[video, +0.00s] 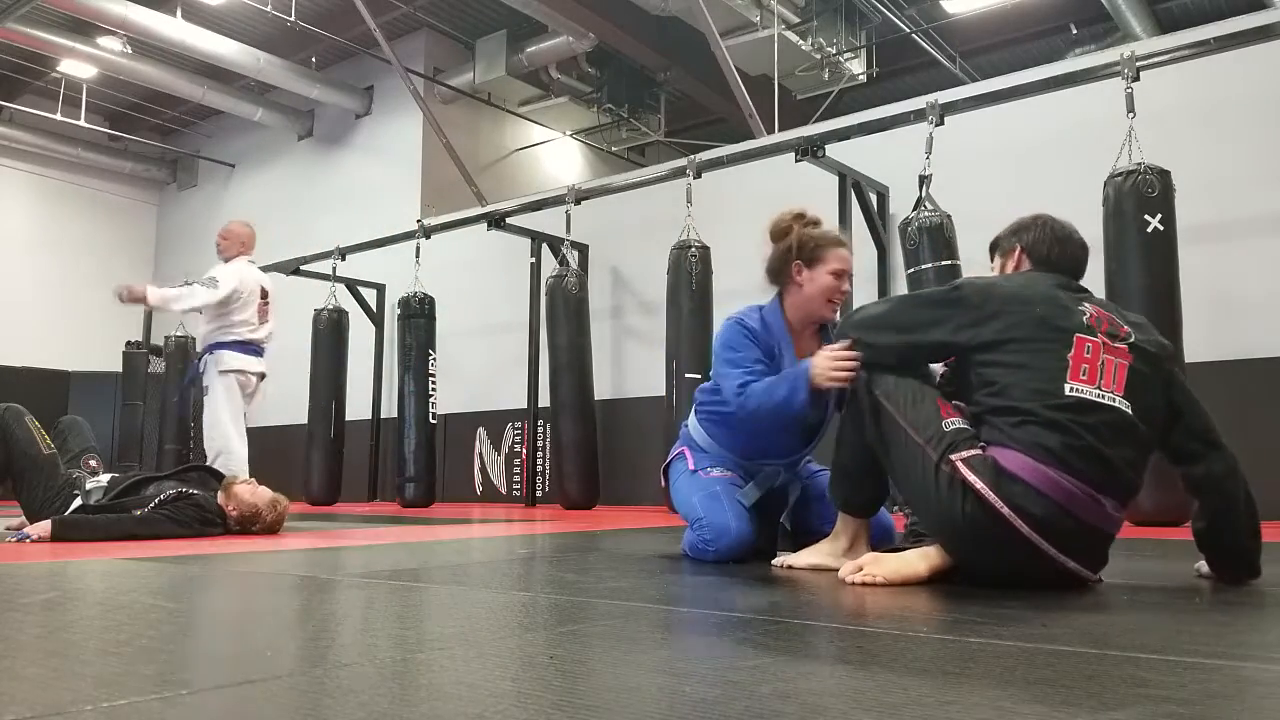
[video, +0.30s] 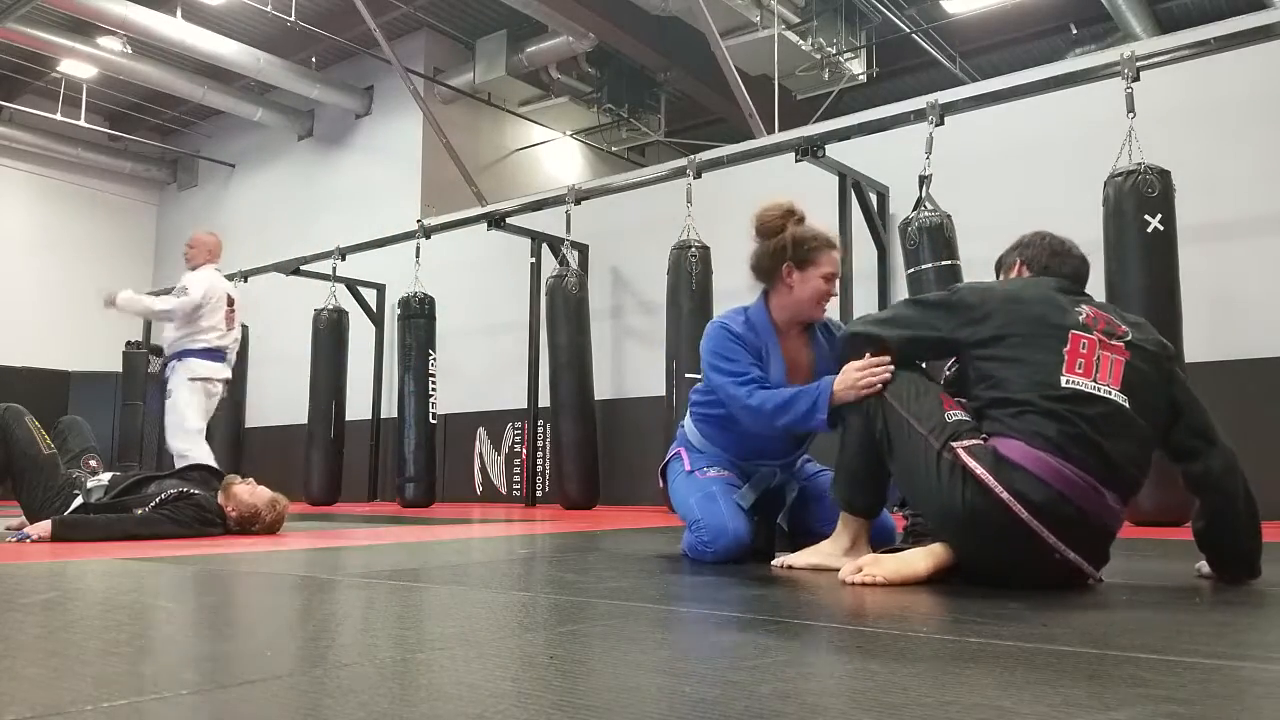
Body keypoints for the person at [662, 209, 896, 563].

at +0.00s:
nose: (846, 289)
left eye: (848, 279)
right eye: (837, 276)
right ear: (799, 273)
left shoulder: (835, 342)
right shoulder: (741, 331)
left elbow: (860, 412)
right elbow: (744, 404)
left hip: (788, 466)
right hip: (710, 461)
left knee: (881, 532)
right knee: (730, 539)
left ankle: (783, 519)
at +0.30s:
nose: (834, 291)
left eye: (835, 281)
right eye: (827, 279)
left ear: (795, 278)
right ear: (790, 276)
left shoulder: (833, 339)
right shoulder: (726, 334)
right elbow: (756, 409)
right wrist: (832, 391)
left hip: (785, 465)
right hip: (708, 461)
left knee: (880, 533)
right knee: (727, 540)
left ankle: (779, 523)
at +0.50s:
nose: (823, 296)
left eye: (823, 286)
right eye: (816, 285)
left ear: (785, 282)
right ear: (779, 280)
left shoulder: (822, 344)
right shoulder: (716, 336)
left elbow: (859, 422)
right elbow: (750, 403)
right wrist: (821, 393)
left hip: (778, 469)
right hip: (701, 465)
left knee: (878, 532)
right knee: (728, 538)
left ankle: (774, 524)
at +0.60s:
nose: (821, 299)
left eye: (822, 289)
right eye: (814, 287)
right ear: (777, 282)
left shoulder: (821, 349)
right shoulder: (716, 335)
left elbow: (851, 423)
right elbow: (747, 398)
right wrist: (822, 388)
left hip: (779, 470)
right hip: (701, 466)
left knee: (877, 533)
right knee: (729, 538)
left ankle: (775, 524)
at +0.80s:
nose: (840, 308)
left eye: (842, 298)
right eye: (832, 295)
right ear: (795, 288)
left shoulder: (835, 358)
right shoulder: (733, 340)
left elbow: (862, 433)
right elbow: (760, 399)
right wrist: (839, 381)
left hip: (785, 472)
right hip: (705, 467)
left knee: (876, 532)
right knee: (731, 537)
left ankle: (777, 525)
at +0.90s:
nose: (848, 315)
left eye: (852, 306)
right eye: (843, 303)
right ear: (808, 292)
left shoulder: (841, 358)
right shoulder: (742, 342)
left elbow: (866, 430)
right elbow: (768, 404)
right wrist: (846, 381)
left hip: (785, 472)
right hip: (705, 466)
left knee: (876, 533)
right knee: (731, 537)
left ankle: (775, 522)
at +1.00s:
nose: (856, 321)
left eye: (860, 311)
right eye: (851, 308)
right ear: (815, 295)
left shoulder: (844, 358)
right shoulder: (746, 345)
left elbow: (872, 433)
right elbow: (776, 409)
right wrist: (849, 384)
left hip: (786, 473)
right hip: (705, 466)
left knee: (875, 531)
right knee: (731, 538)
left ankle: (775, 524)